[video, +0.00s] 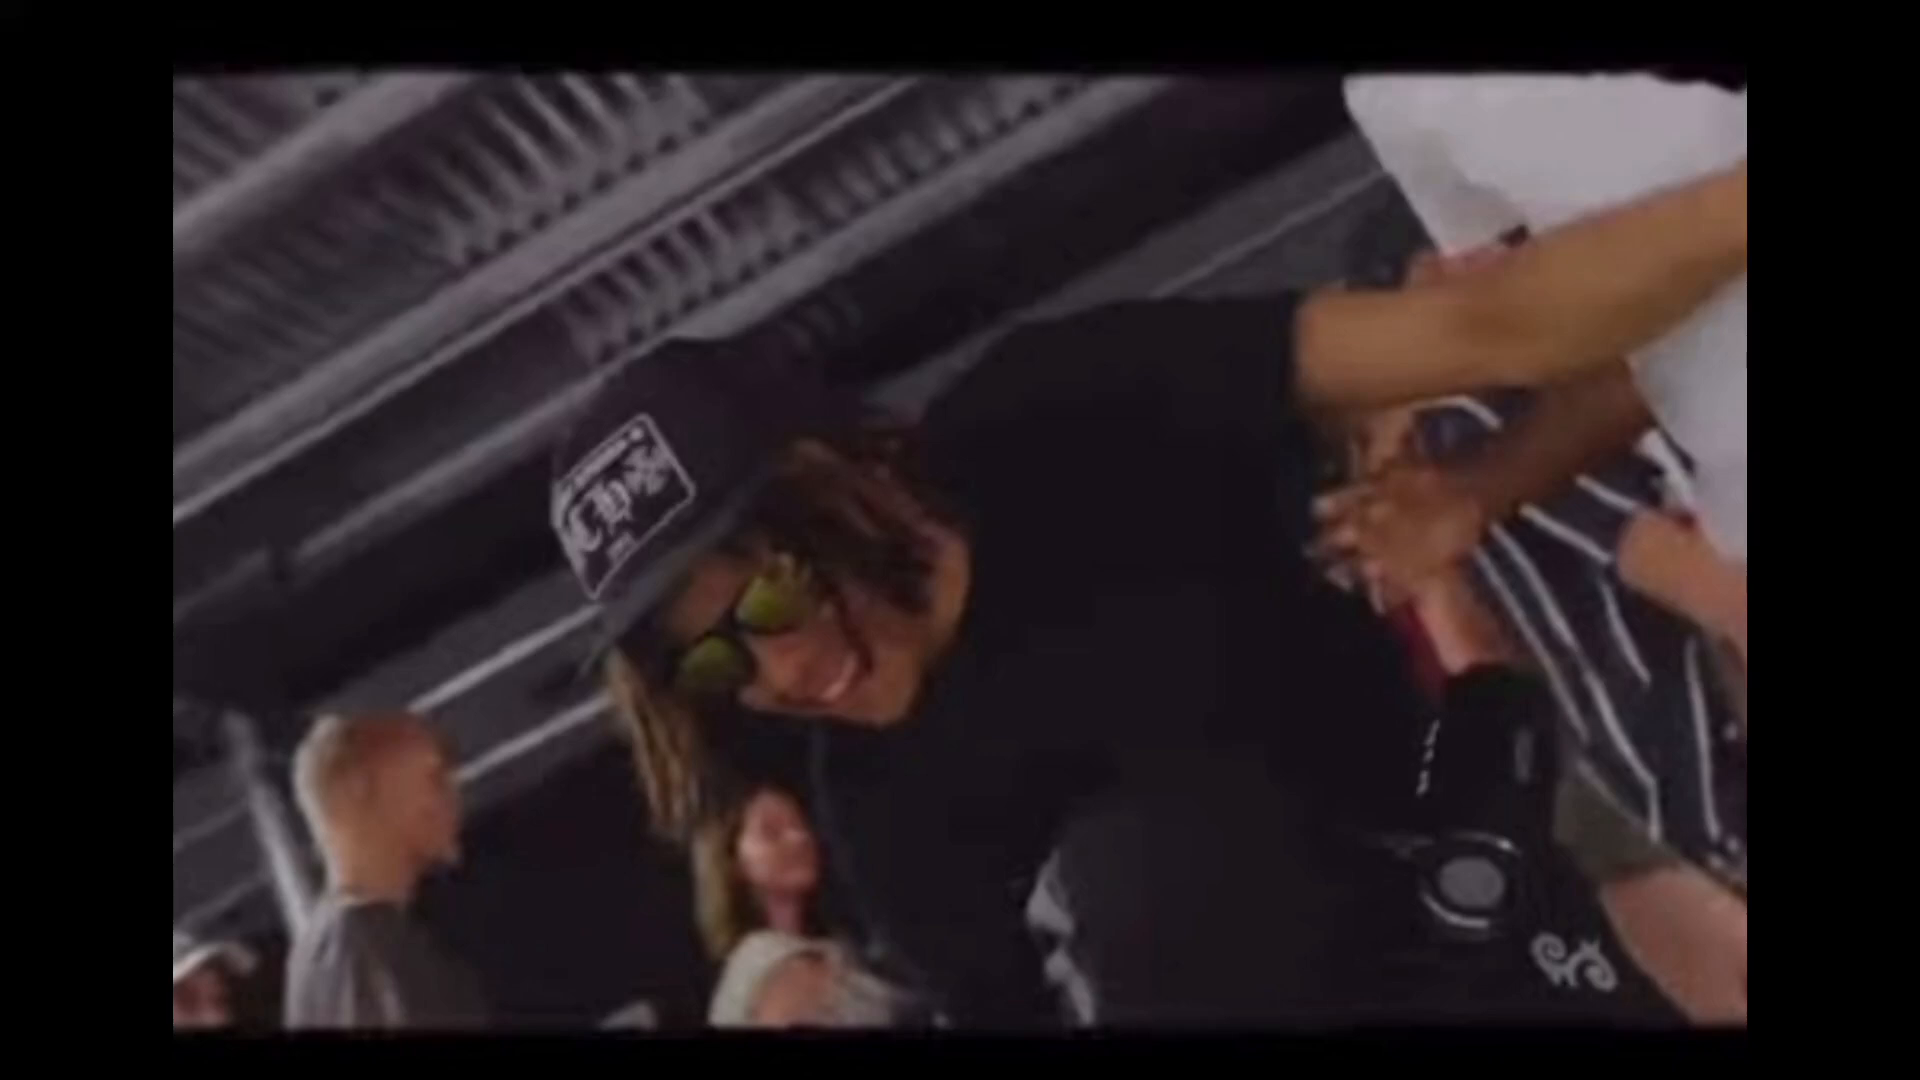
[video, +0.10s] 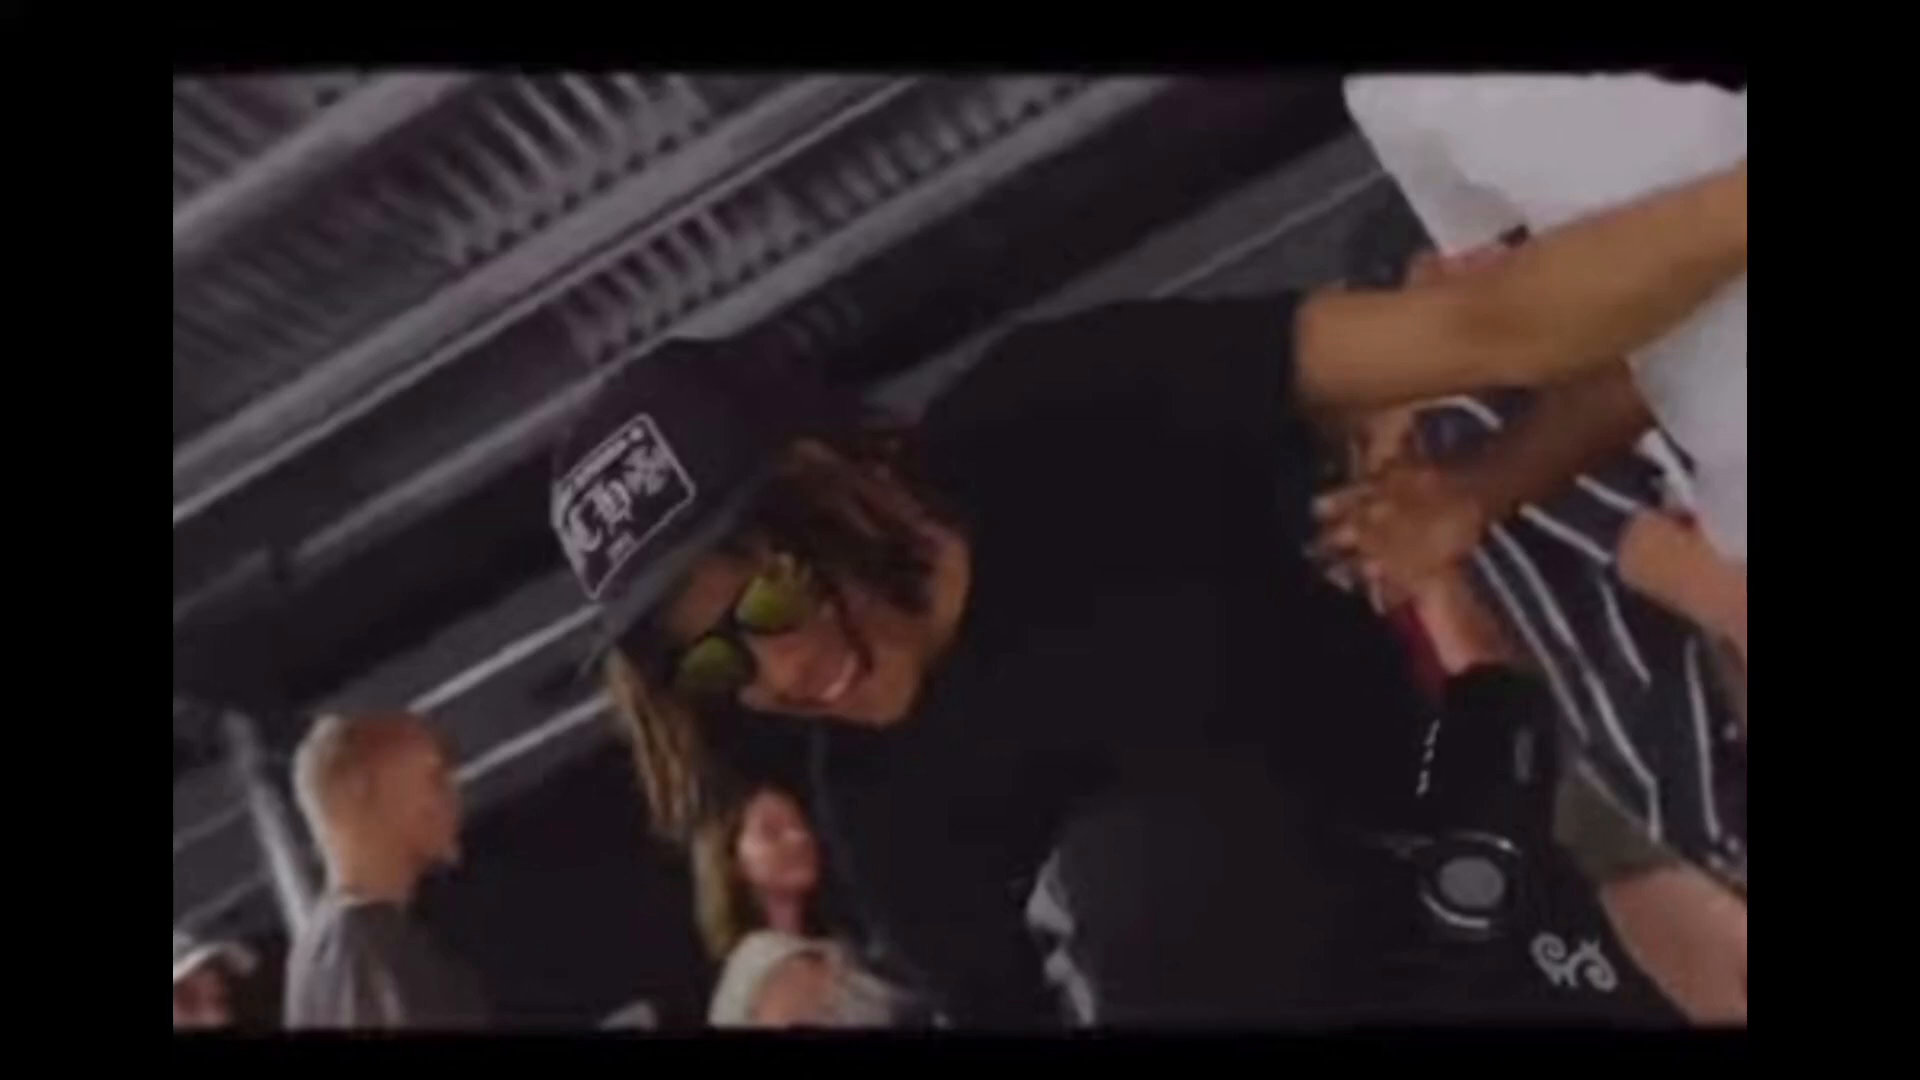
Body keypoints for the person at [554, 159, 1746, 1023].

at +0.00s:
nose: (768, 656)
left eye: (761, 582)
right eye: (708, 654)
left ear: (835, 476)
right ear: (687, 685)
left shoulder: (1052, 404)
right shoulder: (886, 847)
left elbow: (1472, 328)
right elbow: (1031, 1024)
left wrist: (1740, 208)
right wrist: (837, 995)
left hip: (1477, 844)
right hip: (1240, 973)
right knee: (1136, 862)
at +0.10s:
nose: (767, 656)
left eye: (760, 582)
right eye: (708, 654)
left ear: (833, 476)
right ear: (686, 686)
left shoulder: (1051, 404)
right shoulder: (888, 847)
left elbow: (1471, 328)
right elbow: (1034, 1025)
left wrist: (1740, 208)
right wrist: (838, 995)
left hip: (1483, 841)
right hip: (1256, 975)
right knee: (1136, 864)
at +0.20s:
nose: (767, 656)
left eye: (760, 582)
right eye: (708, 654)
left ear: (833, 476)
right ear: (686, 686)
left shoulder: (1051, 404)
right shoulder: (888, 847)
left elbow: (1471, 328)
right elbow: (1034, 1025)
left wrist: (1740, 208)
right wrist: (838, 995)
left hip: (1483, 841)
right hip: (1256, 975)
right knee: (1136, 864)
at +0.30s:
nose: (767, 656)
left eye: (760, 581)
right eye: (708, 654)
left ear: (835, 476)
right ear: (686, 685)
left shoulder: (1053, 404)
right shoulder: (888, 847)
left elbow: (1470, 329)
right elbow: (1032, 1024)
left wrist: (1739, 208)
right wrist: (838, 994)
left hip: (1485, 849)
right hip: (1253, 976)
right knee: (1137, 862)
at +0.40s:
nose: (767, 656)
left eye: (760, 582)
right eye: (708, 654)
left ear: (833, 476)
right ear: (686, 686)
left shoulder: (1051, 404)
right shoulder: (888, 847)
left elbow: (1471, 328)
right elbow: (1034, 1025)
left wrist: (1740, 208)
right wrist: (838, 995)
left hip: (1483, 841)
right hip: (1256, 975)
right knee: (1136, 864)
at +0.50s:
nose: (768, 656)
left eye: (761, 582)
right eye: (708, 654)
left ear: (835, 476)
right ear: (687, 685)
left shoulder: (1052, 404)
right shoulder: (886, 847)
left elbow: (1472, 328)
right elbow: (1031, 1024)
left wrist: (1740, 208)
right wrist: (837, 995)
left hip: (1477, 844)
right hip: (1240, 973)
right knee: (1136, 862)